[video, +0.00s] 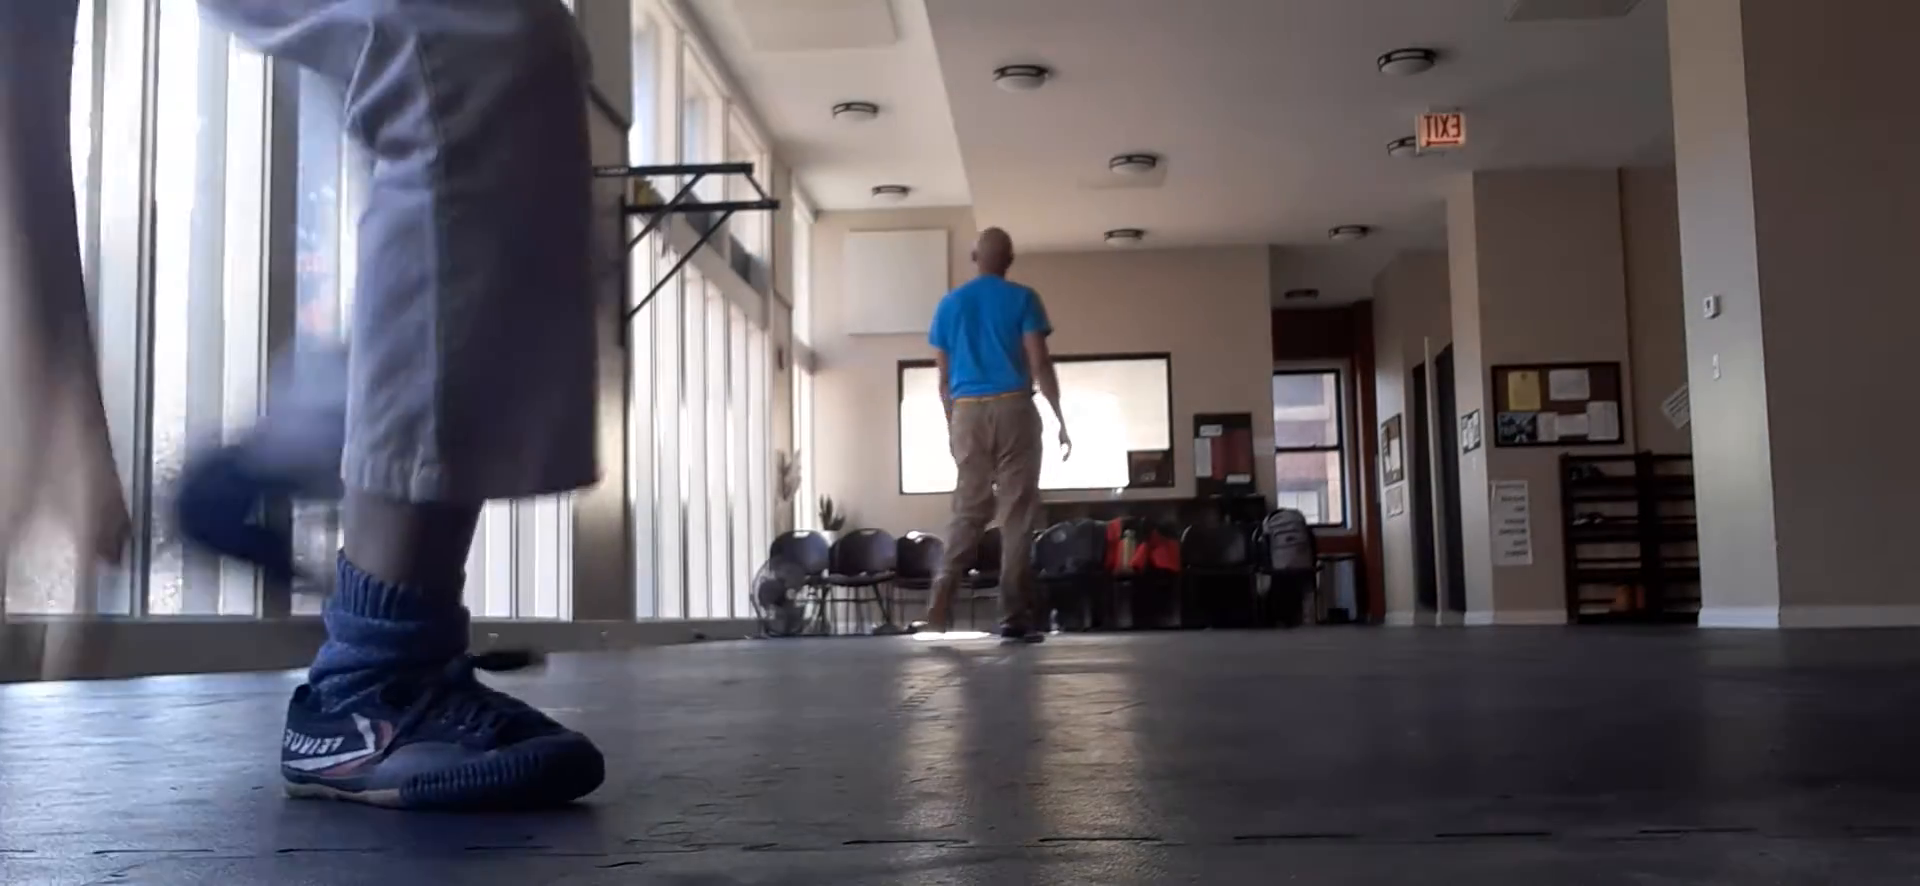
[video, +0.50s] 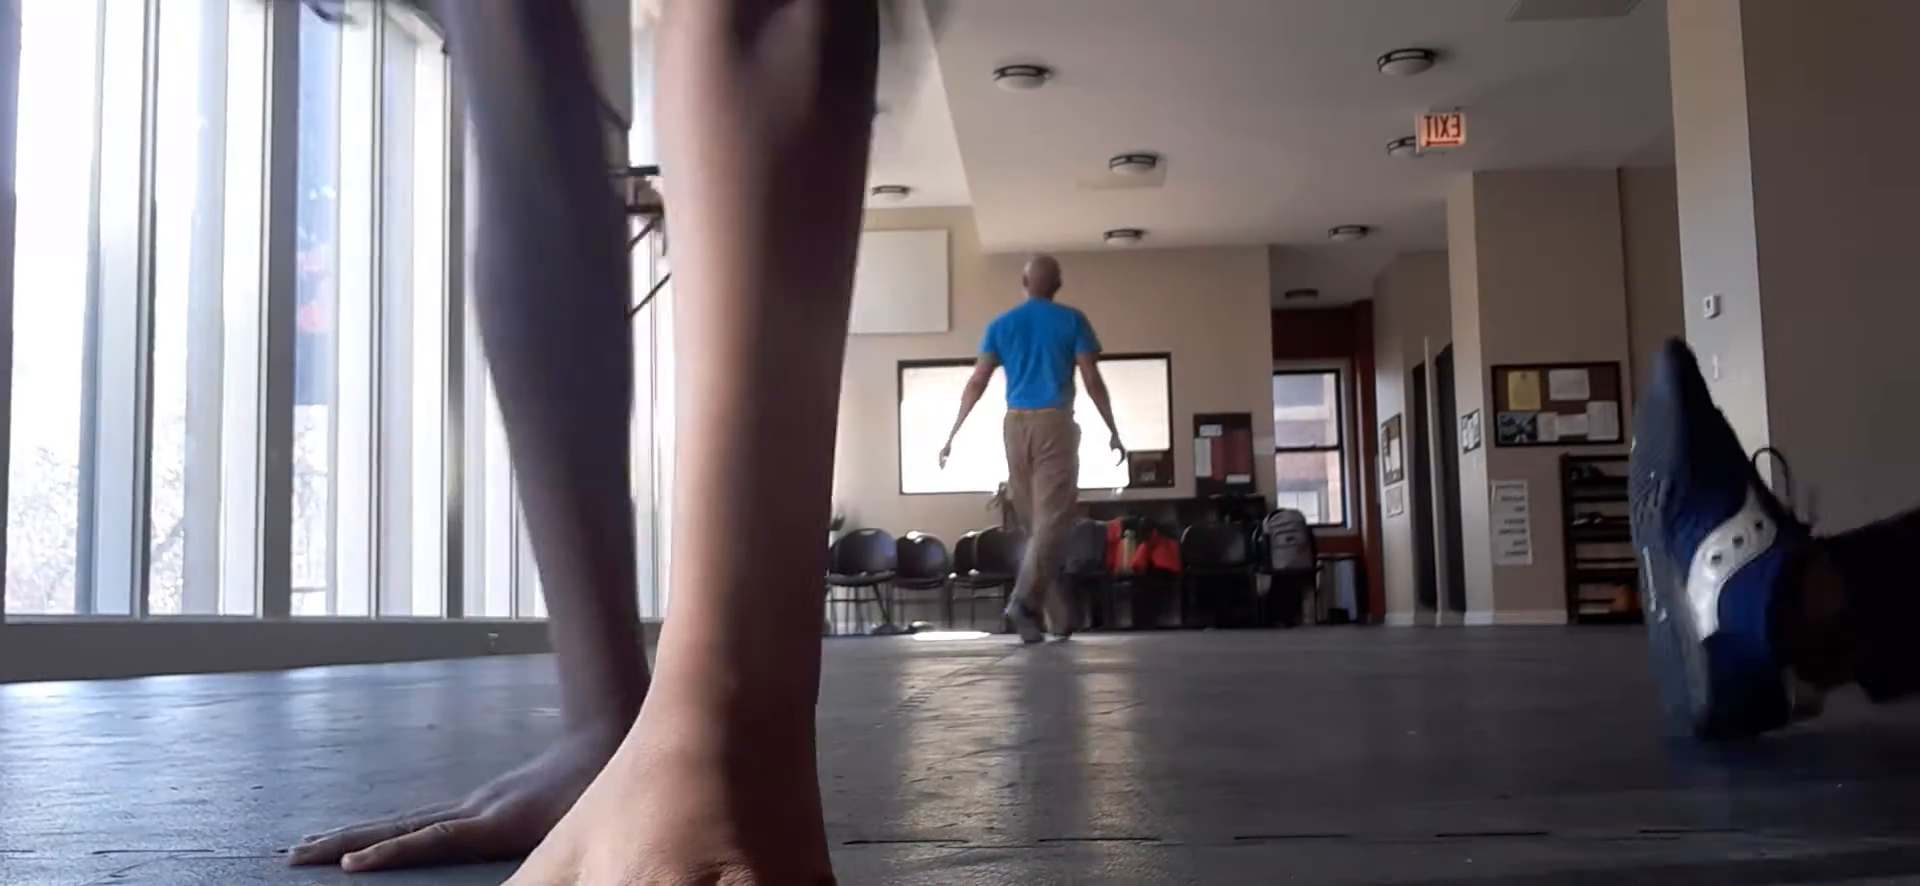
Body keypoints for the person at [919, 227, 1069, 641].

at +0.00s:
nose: (989, 258)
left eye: (979, 251)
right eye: (1006, 256)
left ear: (974, 258)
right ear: (1010, 261)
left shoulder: (948, 304)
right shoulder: (1023, 298)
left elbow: (944, 378)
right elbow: (1039, 364)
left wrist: (954, 424)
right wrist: (1060, 420)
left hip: (967, 413)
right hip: (1015, 410)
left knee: (968, 509)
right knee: (1016, 512)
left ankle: (939, 606)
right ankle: (1014, 616)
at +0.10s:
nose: (1008, 262)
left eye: (993, 254)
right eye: (1020, 258)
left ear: (987, 261)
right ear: (1023, 263)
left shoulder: (962, 305)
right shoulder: (1037, 299)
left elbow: (952, 375)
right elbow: (1055, 360)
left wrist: (946, 431)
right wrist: (1074, 415)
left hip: (979, 413)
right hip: (1024, 411)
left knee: (986, 510)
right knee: (1020, 513)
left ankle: (967, 608)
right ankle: (1016, 615)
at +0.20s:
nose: (1019, 268)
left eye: (1007, 261)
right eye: (1030, 263)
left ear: (999, 265)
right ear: (1034, 267)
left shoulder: (973, 308)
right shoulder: (1048, 302)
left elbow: (955, 377)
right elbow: (1070, 364)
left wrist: (942, 431)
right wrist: (1088, 412)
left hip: (988, 415)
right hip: (1031, 413)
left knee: (1003, 511)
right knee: (1025, 512)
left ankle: (1028, 608)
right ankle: (1011, 615)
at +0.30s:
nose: (1018, 272)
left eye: (1011, 267)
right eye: (1037, 269)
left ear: (1007, 272)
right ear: (1043, 275)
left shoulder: (982, 314)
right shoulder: (1056, 309)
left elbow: (961, 377)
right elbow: (1080, 370)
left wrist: (941, 432)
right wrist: (1100, 417)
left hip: (997, 419)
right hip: (1038, 416)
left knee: (1013, 513)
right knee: (1030, 514)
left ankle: (1036, 616)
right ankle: (1011, 616)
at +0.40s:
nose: (1022, 281)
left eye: (1018, 275)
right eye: (1045, 278)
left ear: (1017, 280)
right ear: (1051, 283)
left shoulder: (992, 321)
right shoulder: (1064, 317)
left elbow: (968, 380)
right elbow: (1087, 376)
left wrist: (943, 432)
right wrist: (1108, 426)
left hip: (1006, 424)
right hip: (1045, 420)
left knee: (1026, 519)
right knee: (1038, 516)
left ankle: (1056, 618)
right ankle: (1014, 612)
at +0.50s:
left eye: (1028, 277)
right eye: (1056, 280)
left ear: (1024, 283)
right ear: (1057, 286)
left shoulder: (1002, 324)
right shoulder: (1072, 319)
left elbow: (977, 382)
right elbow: (1091, 378)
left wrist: (952, 434)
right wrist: (1112, 429)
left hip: (1014, 426)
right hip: (1055, 425)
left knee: (1033, 521)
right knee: (1051, 516)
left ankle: (1061, 618)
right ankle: (1022, 604)